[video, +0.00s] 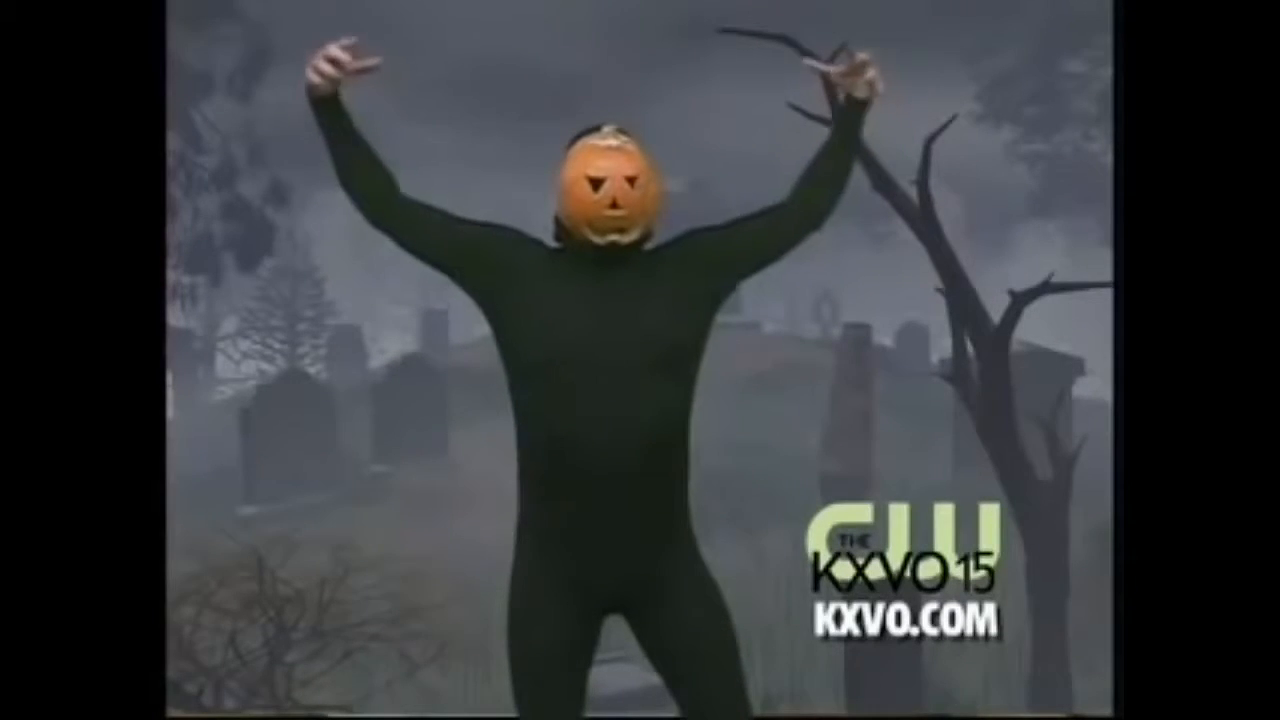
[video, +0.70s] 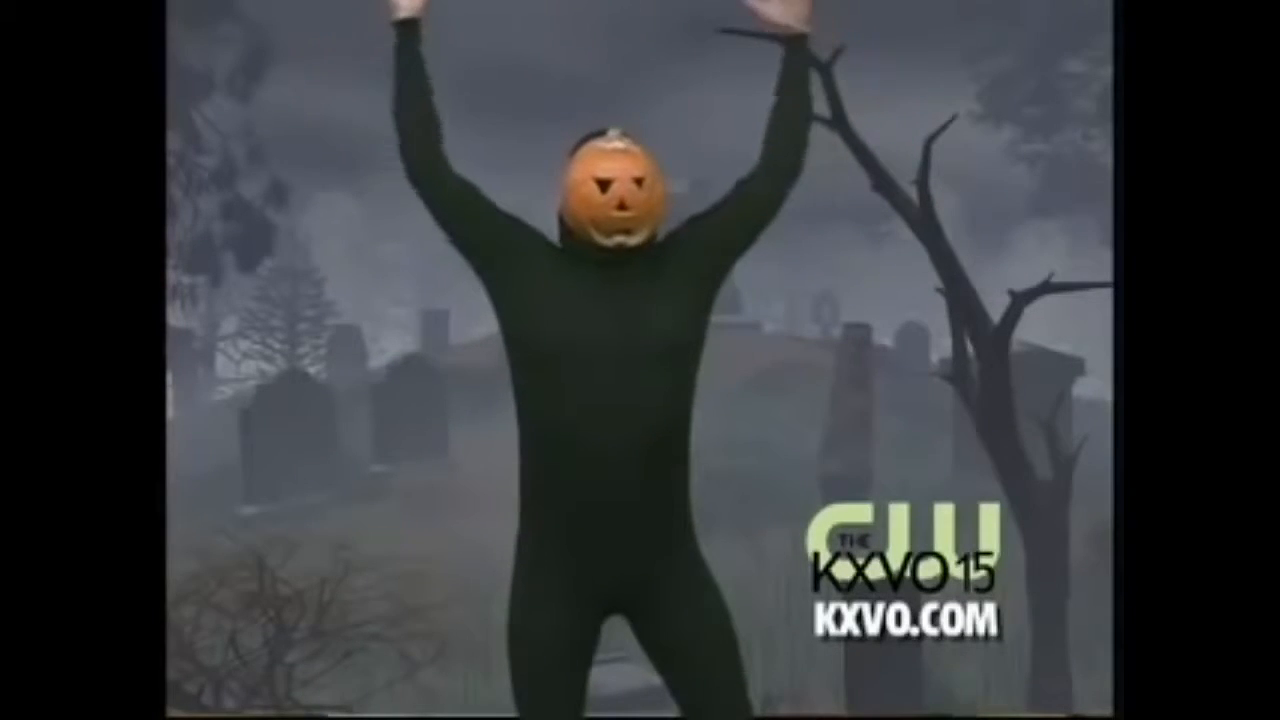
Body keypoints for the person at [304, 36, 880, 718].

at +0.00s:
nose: (614, 190)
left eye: (630, 179)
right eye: (594, 178)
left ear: (656, 199)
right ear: (561, 202)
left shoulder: (694, 270)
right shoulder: (509, 270)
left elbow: (803, 210)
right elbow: (386, 205)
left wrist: (848, 115)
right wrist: (326, 102)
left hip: (665, 557)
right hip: (553, 562)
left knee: (725, 708)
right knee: (545, 710)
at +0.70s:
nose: (619, 191)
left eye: (635, 181)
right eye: (599, 181)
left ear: (661, 203)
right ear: (564, 205)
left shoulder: (689, 268)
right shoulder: (519, 268)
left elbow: (778, 169)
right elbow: (427, 167)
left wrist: (795, 42)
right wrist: (407, 29)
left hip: (667, 561)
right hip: (554, 565)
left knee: (727, 711)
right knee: (546, 711)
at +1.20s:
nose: (625, 210)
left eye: (642, 199)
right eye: (602, 197)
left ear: (666, 224)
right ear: (570, 224)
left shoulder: (689, 288)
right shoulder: (530, 288)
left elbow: (767, 182)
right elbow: (456, 191)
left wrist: (715, 61)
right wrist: (513, 57)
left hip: (665, 565)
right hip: (554, 568)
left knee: (727, 711)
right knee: (545, 711)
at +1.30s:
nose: (624, 209)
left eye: (641, 200)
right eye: (603, 198)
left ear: (665, 230)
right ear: (569, 229)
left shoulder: (689, 292)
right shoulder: (530, 294)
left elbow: (770, 195)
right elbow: (455, 201)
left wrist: (711, 79)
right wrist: (526, 73)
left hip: (664, 566)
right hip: (555, 570)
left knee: (727, 711)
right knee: (545, 711)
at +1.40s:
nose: (626, 216)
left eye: (643, 206)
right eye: (604, 204)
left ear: (667, 233)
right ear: (570, 233)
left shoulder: (691, 298)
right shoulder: (530, 300)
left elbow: (775, 203)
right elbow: (451, 210)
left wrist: (710, 93)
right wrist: (531, 86)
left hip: (664, 568)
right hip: (555, 572)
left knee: (726, 711)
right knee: (545, 711)